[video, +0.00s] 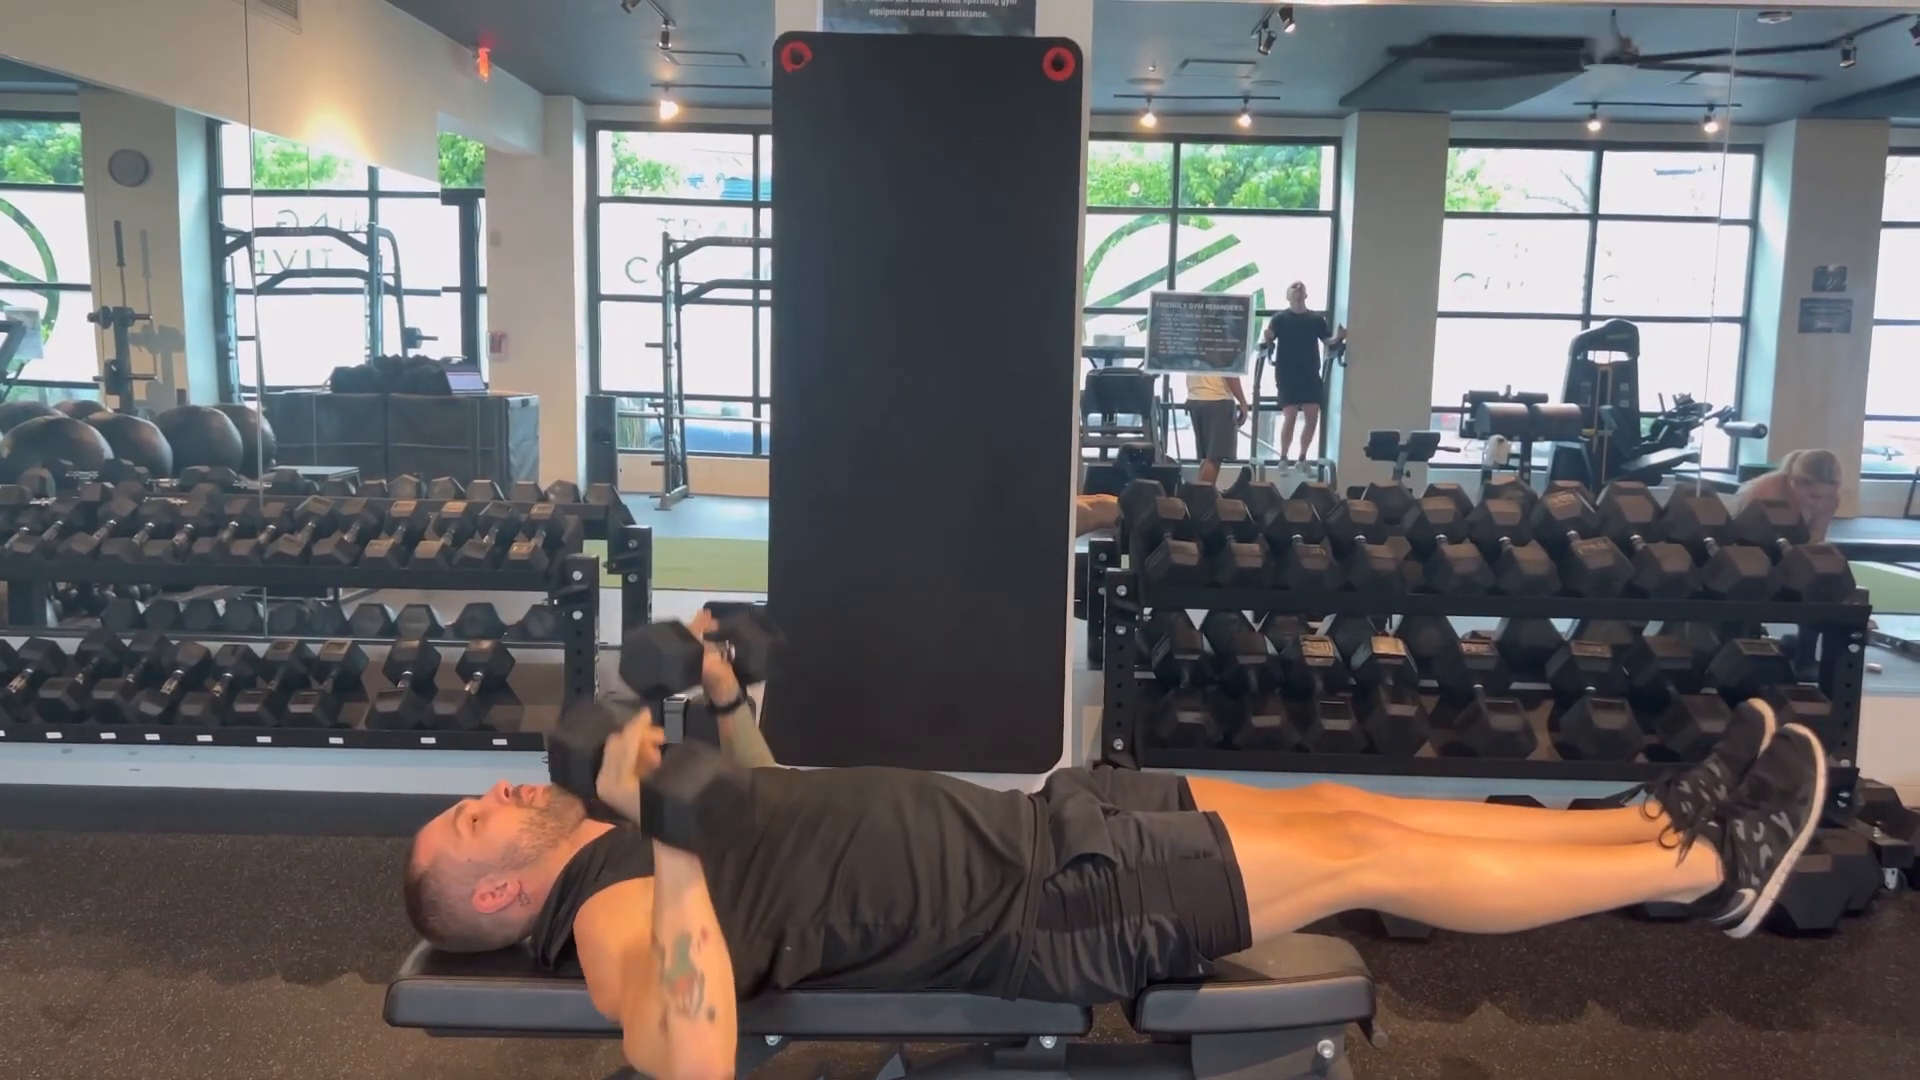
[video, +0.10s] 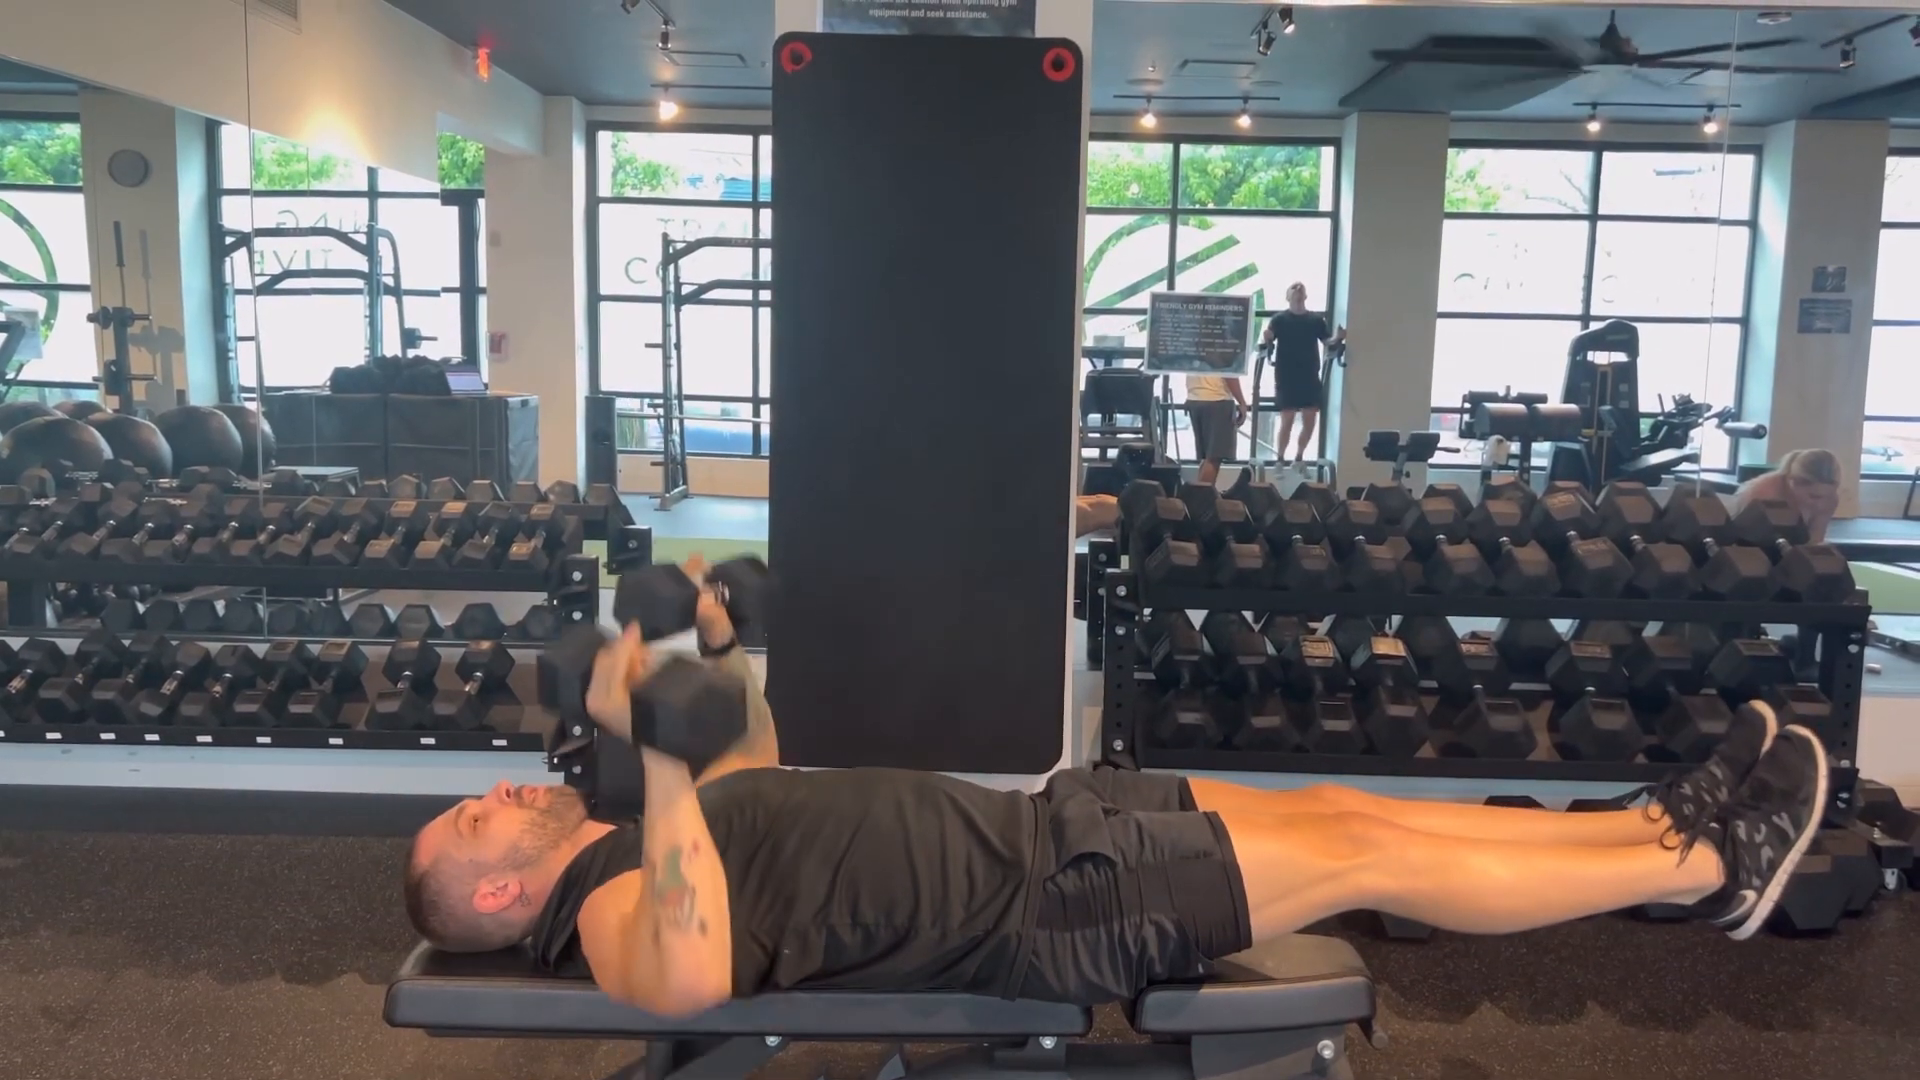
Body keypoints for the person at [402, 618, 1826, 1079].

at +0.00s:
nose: (503, 787)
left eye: (480, 795)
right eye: (483, 813)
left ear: (523, 847)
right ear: (510, 880)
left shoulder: (624, 830)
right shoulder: (620, 905)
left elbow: (723, 779)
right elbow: (684, 1056)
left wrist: (710, 714)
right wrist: (651, 856)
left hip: (1057, 809)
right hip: (1062, 890)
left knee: (1344, 805)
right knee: (1367, 854)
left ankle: (1665, 830)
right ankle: (1704, 866)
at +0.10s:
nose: (517, 798)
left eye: (493, 805)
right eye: (487, 832)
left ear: (528, 819)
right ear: (494, 897)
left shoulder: (623, 826)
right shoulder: (605, 919)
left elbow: (737, 751)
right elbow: (689, 984)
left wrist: (664, 662)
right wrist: (663, 783)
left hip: (1039, 824)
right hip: (1041, 898)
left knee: (1354, 815)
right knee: (1365, 848)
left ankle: (1669, 828)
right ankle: (1699, 865)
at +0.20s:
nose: (505, 805)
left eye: (487, 810)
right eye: (477, 838)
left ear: (534, 818)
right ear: (496, 907)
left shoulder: (647, 824)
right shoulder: (626, 923)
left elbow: (743, 705)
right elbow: (679, 825)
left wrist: (690, 589)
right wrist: (643, 643)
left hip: (1045, 817)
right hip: (1049, 898)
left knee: (1353, 814)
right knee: (1360, 862)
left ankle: (1677, 832)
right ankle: (1702, 872)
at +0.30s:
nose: (504, 806)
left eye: (483, 812)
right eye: (482, 839)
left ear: (537, 827)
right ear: (514, 911)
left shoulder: (653, 821)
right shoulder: (631, 917)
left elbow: (724, 688)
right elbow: (647, 745)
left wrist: (692, 544)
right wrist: (621, 566)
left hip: (1056, 814)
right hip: (1064, 890)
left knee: (1353, 803)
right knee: (1376, 862)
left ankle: (1662, 820)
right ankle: (1708, 866)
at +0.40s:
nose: (503, 805)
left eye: (481, 809)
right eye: (483, 841)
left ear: (535, 835)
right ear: (520, 911)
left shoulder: (651, 836)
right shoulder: (630, 913)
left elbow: (709, 686)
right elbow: (631, 706)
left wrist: (679, 511)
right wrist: (616, 517)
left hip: (1050, 809)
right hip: (1051, 888)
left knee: (1346, 780)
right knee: (1368, 842)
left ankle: (1675, 790)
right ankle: (1701, 831)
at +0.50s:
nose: (503, 799)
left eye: (481, 805)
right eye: (484, 834)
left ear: (536, 844)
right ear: (520, 906)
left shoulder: (653, 823)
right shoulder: (628, 899)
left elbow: (698, 656)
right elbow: (631, 688)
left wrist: (651, 494)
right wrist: (613, 508)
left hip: (1043, 813)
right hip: (1050, 895)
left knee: (1333, 746)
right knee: (1346, 774)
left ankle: (1668, 708)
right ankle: (1686, 731)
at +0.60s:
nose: (503, 797)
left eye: (483, 804)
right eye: (482, 832)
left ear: (537, 844)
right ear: (519, 908)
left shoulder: (651, 836)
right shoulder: (631, 906)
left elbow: (695, 659)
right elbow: (630, 706)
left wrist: (658, 494)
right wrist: (609, 513)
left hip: (1032, 806)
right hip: (1041, 884)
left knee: (1302, 686)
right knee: (1313, 713)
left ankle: (1609, 570)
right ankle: (1642, 593)